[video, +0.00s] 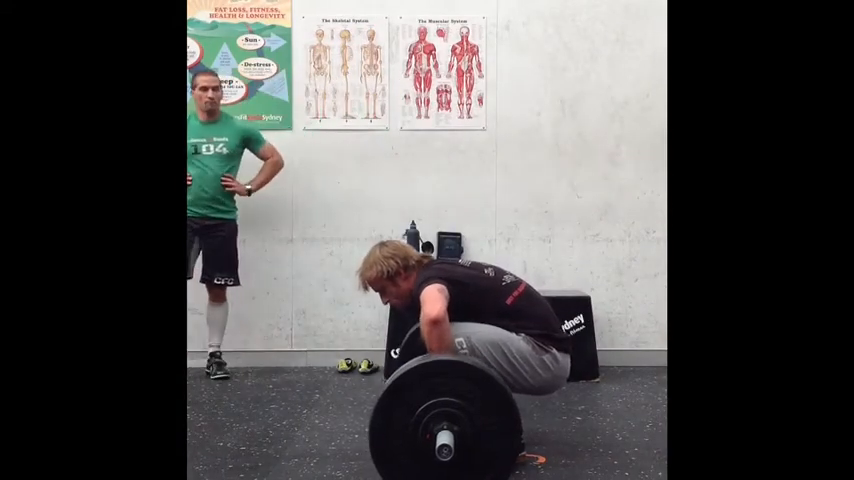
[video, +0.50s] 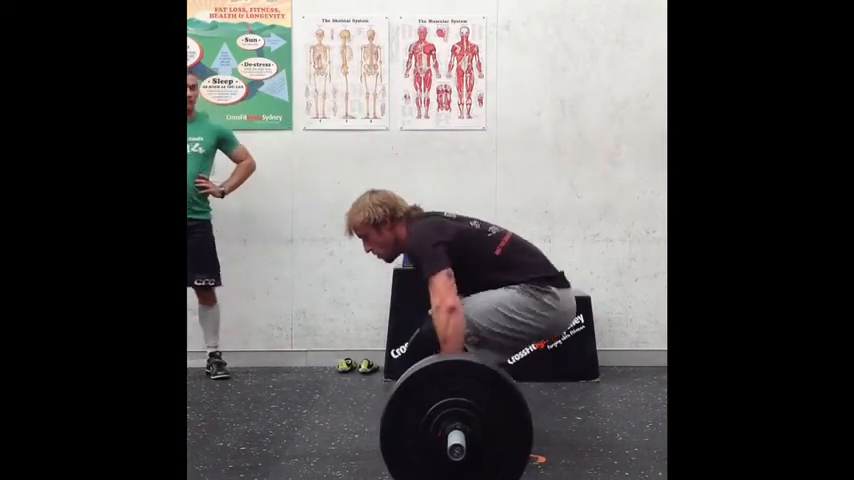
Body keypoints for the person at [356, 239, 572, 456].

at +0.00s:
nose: (385, 301)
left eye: (383, 291)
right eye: (379, 294)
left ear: (401, 276)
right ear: (403, 274)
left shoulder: (430, 276)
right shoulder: (437, 269)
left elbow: (434, 317)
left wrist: (447, 384)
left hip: (545, 358)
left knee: (444, 339)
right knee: (439, 339)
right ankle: (500, 440)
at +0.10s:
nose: (384, 299)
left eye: (382, 290)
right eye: (378, 292)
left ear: (401, 274)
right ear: (403, 271)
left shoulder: (430, 275)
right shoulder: (436, 269)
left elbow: (436, 316)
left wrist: (445, 386)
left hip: (544, 356)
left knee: (437, 339)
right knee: (433, 339)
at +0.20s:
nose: (381, 296)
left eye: (380, 286)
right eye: (376, 289)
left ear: (398, 271)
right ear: (401, 267)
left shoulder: (428, 272)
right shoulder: (436, 267)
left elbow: (439, 314)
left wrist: (446, 383)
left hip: (544, 352)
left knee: (435, 337)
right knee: (437, 336)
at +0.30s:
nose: (376, 285)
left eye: (375, 276)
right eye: (372, 279)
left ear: (394, 261)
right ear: (397, 257)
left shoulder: (424, 264)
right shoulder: (433, 258)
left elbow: (443, 314)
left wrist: (450, 384)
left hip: (546, 339)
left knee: (439, 336)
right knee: (438, 333)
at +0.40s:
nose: (372, 268)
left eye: (371, 257)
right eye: (367, 261)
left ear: (390, 243)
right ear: (393, 240)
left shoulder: (423, 249)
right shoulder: (426, 243)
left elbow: (446, 312)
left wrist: (449, 385)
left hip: (543, 316)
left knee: (439, 331)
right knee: (440, 328)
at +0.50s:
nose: (367, 249)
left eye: (365, 238)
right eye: (362, 241)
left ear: (386, 224)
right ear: (388, 224)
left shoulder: (423, 236)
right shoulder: (426, 229)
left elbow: (449, 308)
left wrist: (449, 379)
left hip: (543, 297)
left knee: (442, 325)